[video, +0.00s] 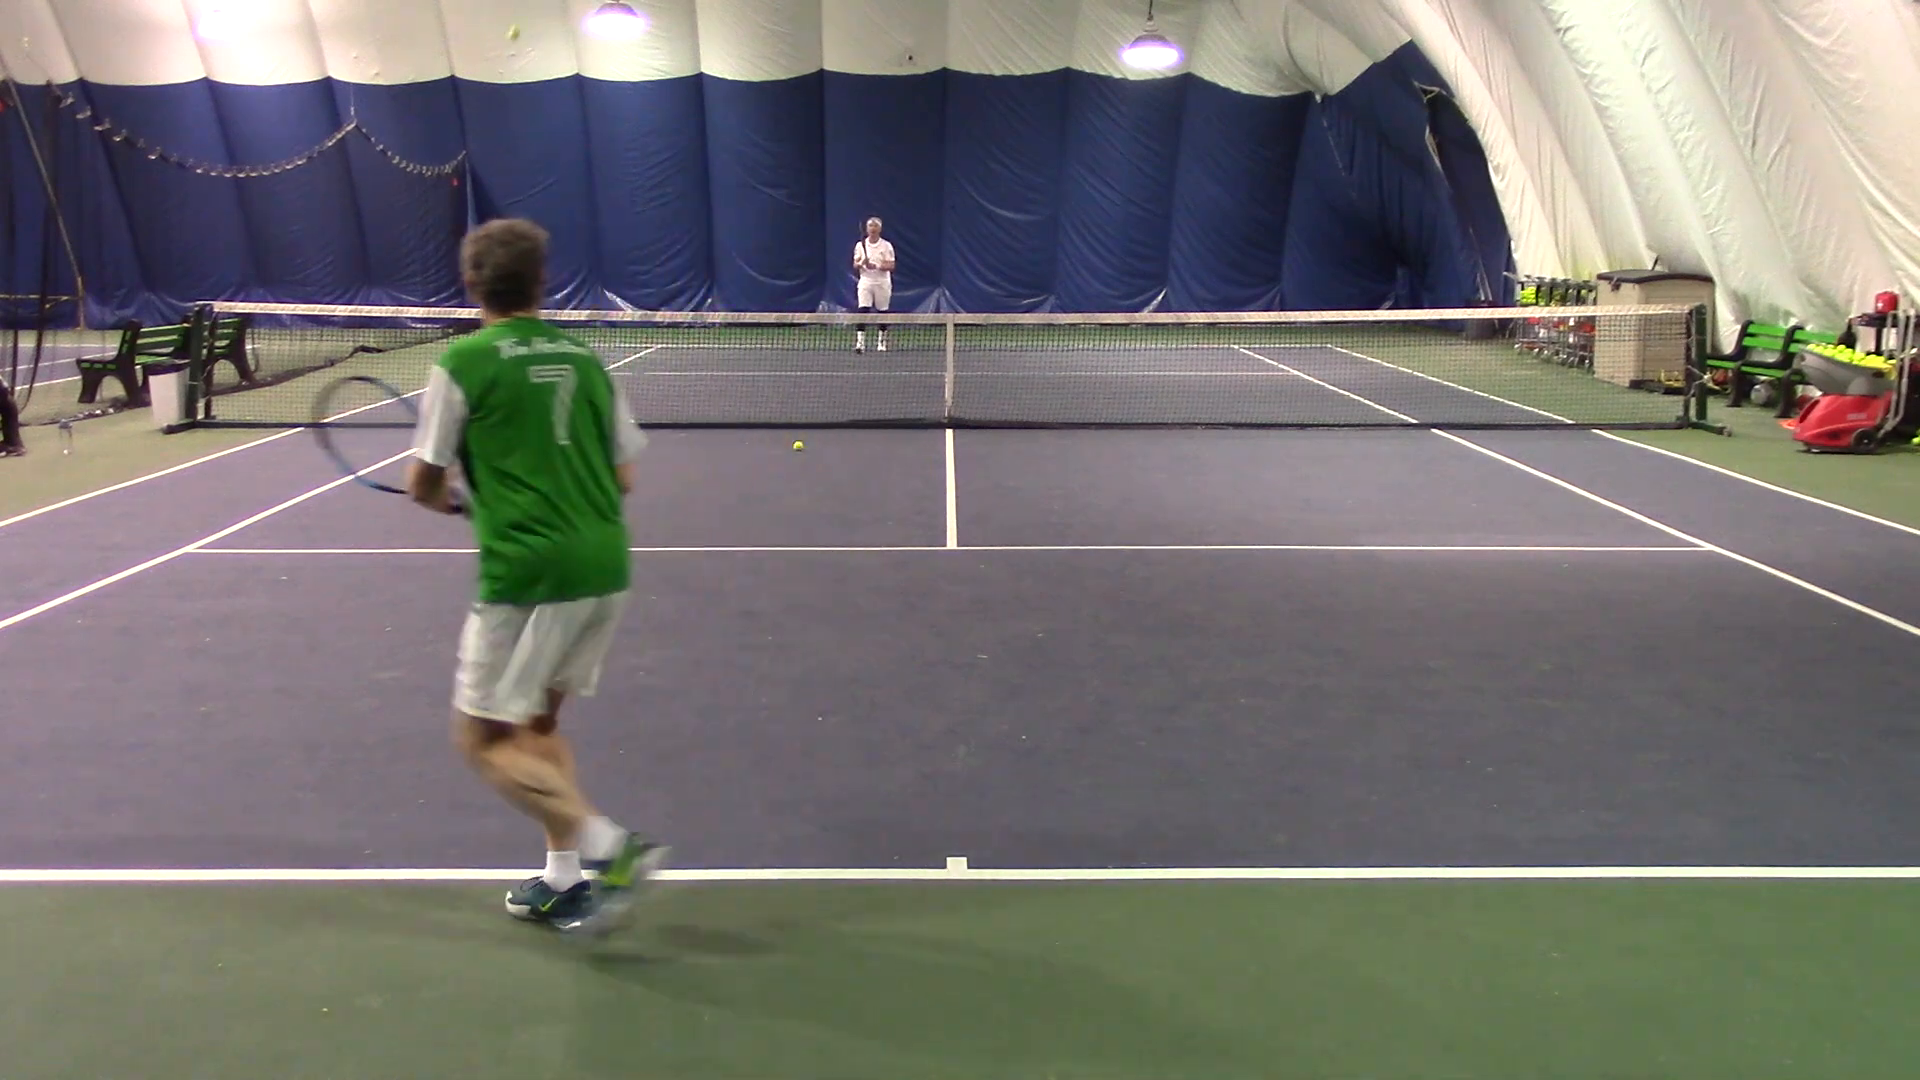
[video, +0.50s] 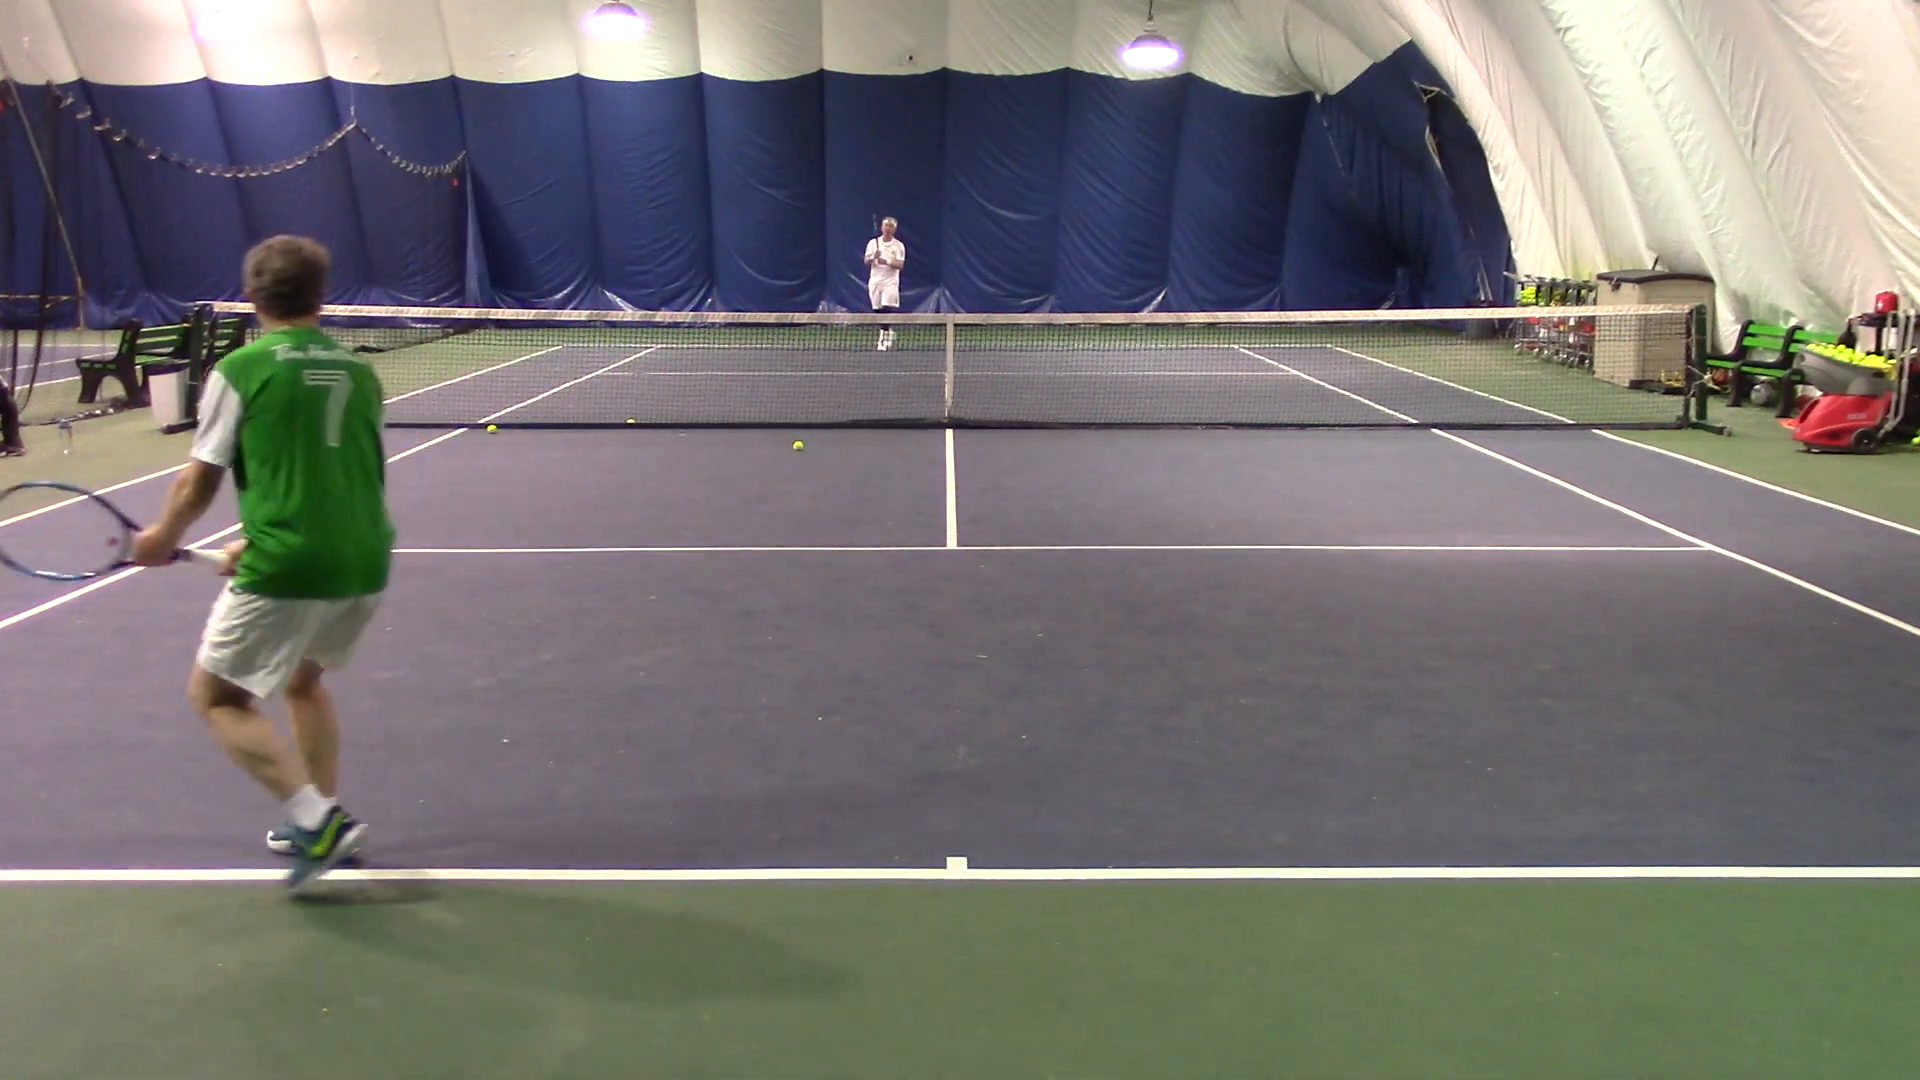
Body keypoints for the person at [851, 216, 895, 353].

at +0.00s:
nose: (872, 228)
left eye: (875, 226)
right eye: (870, 225)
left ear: (880, 228)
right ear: (866, 228)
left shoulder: (887, 246)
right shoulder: (860, 245)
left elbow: (891, 264)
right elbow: (855, 264)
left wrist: (878, 266)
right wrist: (861, 263)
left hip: (882, 282)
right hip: (865, 281)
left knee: (882, 312)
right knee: (863, 310)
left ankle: (882, 341)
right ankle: (860, 341)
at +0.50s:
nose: (887, 230)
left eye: (890, 228)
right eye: (886, 227)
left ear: (894, 230)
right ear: (882, 228)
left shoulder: (899, 246)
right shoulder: (873, 243)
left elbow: (900, 264)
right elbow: (866, 260)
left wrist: (887, 261)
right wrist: (874, 256)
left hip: (890, 281)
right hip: (875, 280)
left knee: (887, 308)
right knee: (877, 309)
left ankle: (882, 338)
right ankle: (888, 332)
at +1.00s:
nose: (900, 226)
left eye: (903, 223)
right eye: (898, 222)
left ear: (906, 225)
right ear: (894, 224)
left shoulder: (911, 240)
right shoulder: (888, 240)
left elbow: (907, 256)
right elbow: (882, 257)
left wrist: (892, 255)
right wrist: (885, 250)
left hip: (908, 277)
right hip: (892, 276)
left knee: (912, 306)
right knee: (891, 307)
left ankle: (919, 333)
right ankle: (894, 337)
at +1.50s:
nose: (928, 229)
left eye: (931, 226)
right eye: (926, 226)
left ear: (935, 229)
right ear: (923, 228)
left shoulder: (941, 244)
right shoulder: (916, 243)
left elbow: (942, 259)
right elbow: (913, 259)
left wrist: (931, 267)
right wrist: (919, 263)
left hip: (936, 279)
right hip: (919, 278)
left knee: (939, 307)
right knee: (912, 305)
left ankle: (942, 335)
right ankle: (908, 335)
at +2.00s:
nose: (933, 229)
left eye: (936, 226)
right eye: (931, 226)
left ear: (940, 228)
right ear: (928, 227)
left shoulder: (945, 244)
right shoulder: (919, 242)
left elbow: (946, 260)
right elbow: (916, 260)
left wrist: (938, 266)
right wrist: (924, 263)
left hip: (939, 277)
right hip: (924, 277)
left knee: (940, 305)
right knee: (923, 305)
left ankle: (943, 333)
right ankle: (924, 332)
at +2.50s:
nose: (937, 229)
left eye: (940, 226)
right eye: (935, 226)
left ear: (944, 227)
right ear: (932, 227)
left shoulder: (950, 242)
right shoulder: (928, 242)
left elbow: (951, 260)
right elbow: (926, 257)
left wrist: (939, 266)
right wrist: (928, 264)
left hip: (947, 276)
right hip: (935, 275)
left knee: (945, 305)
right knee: (933, 304)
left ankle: (948, 333)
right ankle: (943, 330)